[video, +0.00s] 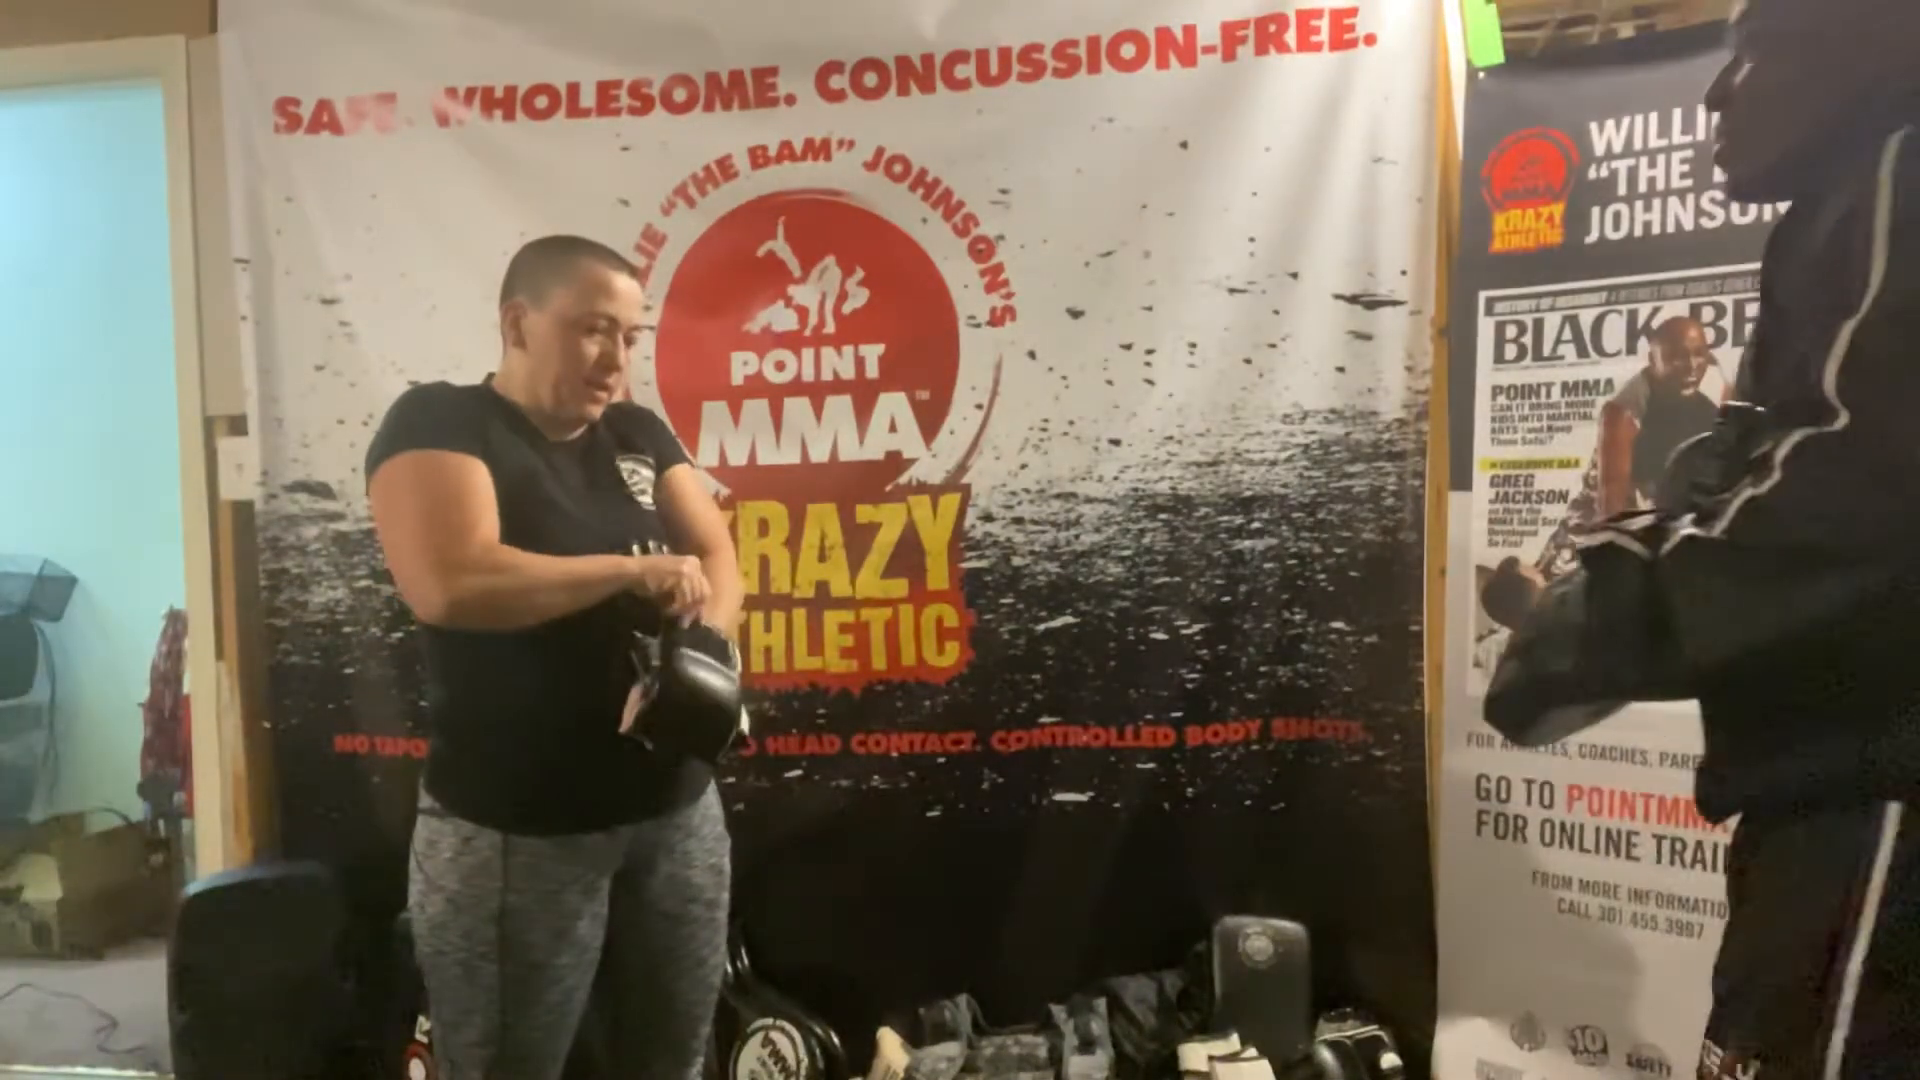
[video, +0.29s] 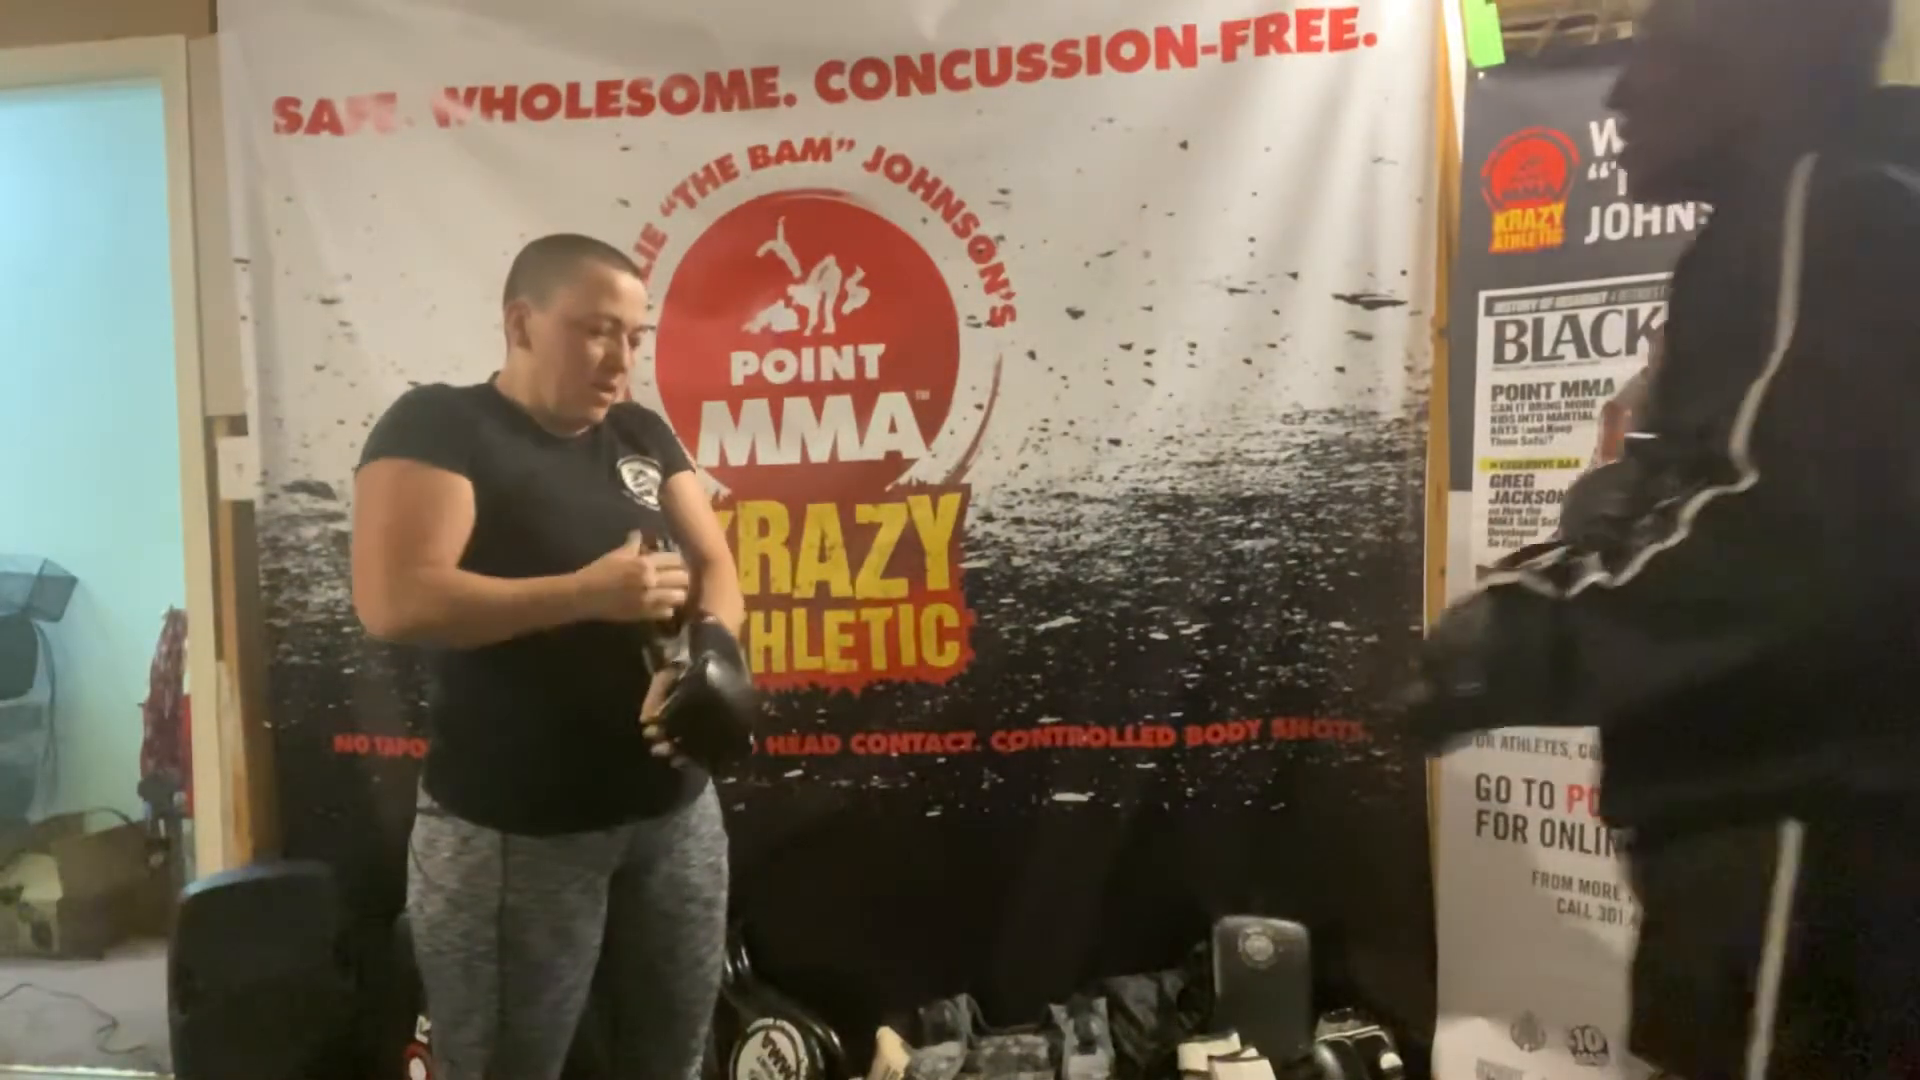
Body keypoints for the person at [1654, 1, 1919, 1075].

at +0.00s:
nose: (1718, 82)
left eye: (1755, 40)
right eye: (1730, 48)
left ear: (1868, 43)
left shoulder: (1892, 176)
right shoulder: (1846, 198)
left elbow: (1856, 474)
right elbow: (1766, 447)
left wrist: (1581, 620)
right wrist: (1593, 595)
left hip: (1869, 799)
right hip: (1824, 794)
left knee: (1816, 1052)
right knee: (1778, 1044)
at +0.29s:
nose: (1618, 88)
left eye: (1658, 43)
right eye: (1629, 48)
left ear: (1776, 55)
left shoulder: (1825, 201)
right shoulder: (1774, 221)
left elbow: (1785, 514)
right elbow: (1665, 481)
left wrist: (1497, 646)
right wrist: (1494, 622)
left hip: (1805, 834)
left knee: (1770, 1056)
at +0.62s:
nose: (1446, 93)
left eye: (1483, 46)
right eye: (1462, 51)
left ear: (1601, 50)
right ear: (1607, 63)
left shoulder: (1658, 217)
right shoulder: (1642, 217)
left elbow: (1681, 556)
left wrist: (1396, 671)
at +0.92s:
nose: (1359, 98)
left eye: (1394, 48)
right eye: (1370, 54)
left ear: (1520, 42)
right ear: (1519, 53)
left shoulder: (1600, 209)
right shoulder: (1527, 229)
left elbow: (1650, 561)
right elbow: (1472, 516)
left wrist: (1361, 673)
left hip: (1661, 864)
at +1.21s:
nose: (1386, 91)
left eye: (1423, 42)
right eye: (1402, 48)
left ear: (1543, 43)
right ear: (1529, 53)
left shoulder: (1653, 206)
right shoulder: (1514, 240)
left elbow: (1722, 557)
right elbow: (1479, 555)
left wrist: (1391, 672)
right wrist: (1371, 748)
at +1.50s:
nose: (1436, 105)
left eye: (1476, 66)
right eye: (1452, 69)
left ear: (1587, 70)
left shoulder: (1704, 224)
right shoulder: (1527, 260)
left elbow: (1768, 544)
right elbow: (1485, 551)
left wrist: (1440, 656)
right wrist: (1358, 730)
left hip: (1684, 869)